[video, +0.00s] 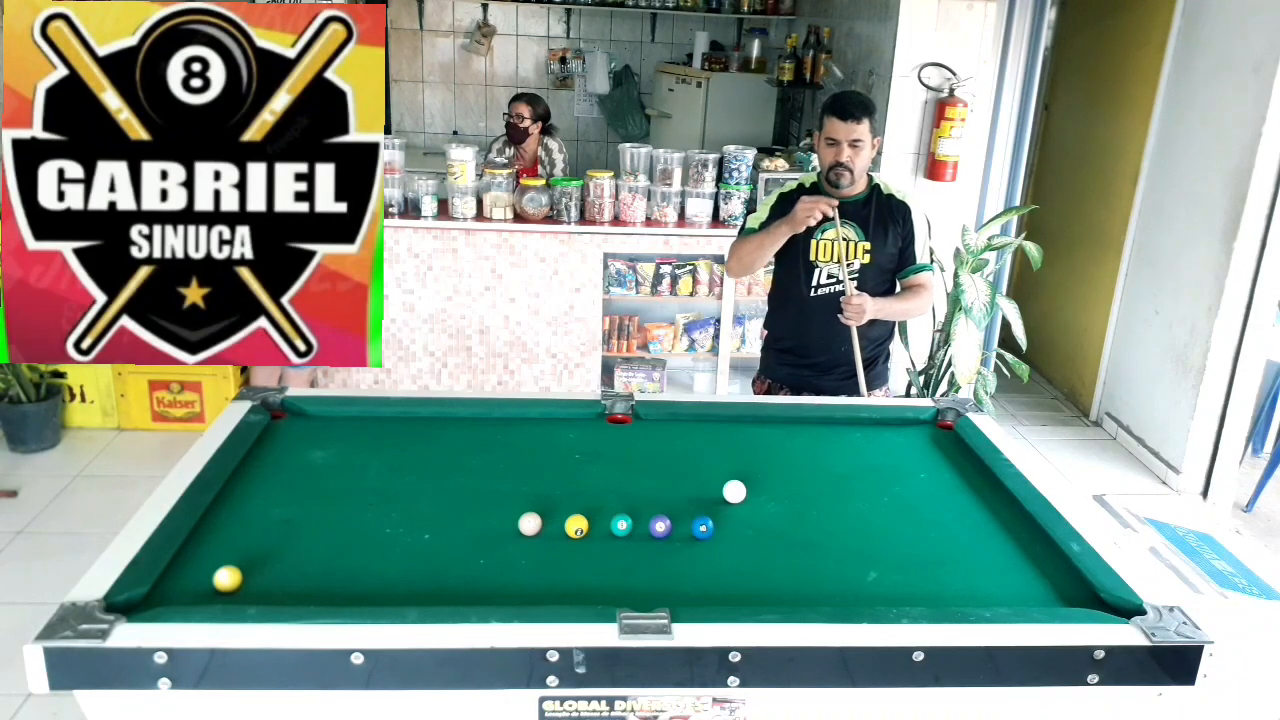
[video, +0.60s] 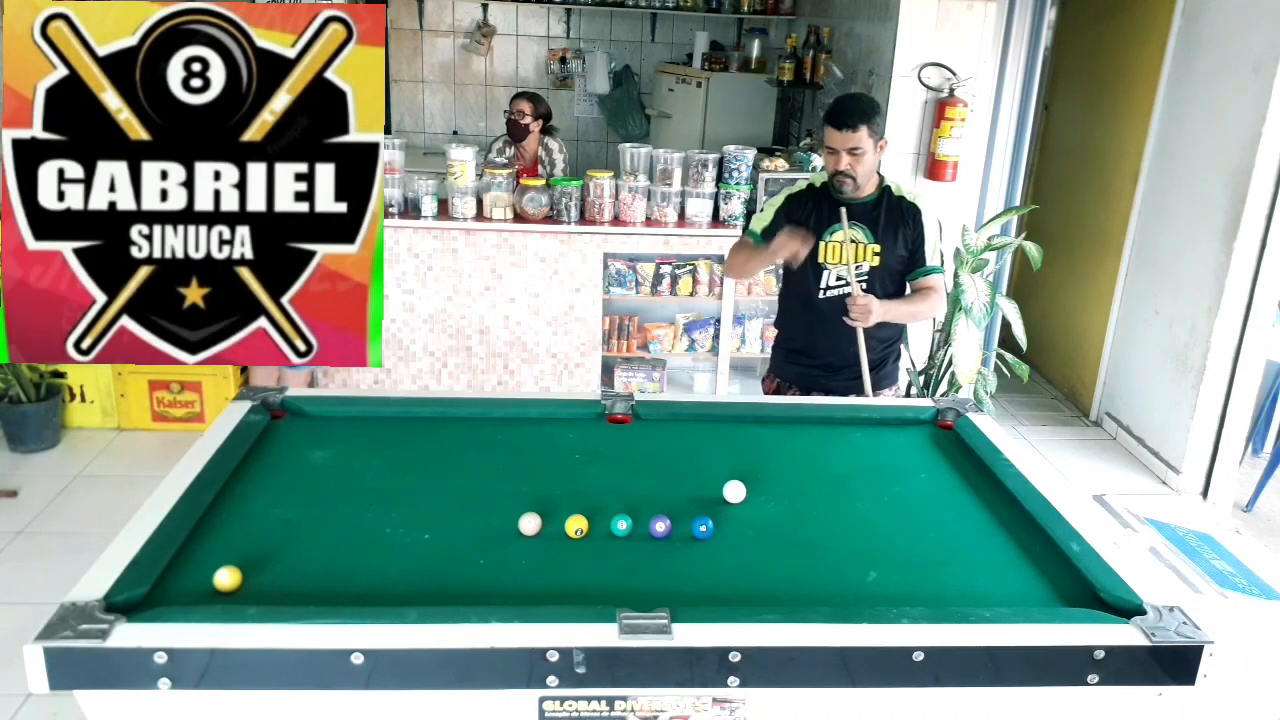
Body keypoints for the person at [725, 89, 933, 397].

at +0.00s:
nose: (842, 156)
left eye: (855, 145)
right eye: (832, 143)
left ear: (875, 148)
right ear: (817, 143)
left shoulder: (896, 214)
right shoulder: (788, 203)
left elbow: (921, 296)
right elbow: (736, 266)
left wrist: (874, 308)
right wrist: (787, 226)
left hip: (863, 391)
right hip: (785, 386)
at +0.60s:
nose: (841, 165)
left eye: (854, 153)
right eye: (832, 152)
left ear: (881, 149)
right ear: (822, 149)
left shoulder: (908, 216)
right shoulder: (795, 204)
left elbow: (933, 299)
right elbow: (733, 266)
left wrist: (882, 310)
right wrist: (772, 252)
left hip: (873, 393)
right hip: (794, 387)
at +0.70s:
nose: (842, 167)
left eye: (856, 155)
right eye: (833, 154)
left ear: (884, 152)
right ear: (825, 150)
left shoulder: (914, 217)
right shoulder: (798, 208)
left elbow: (938, 297)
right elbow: (740, 272)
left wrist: (889, 320)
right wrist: (754, 292)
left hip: (878, 394)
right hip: (799, 389)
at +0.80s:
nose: (846, 170)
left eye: (859, 158)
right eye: (837, 157)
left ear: (887, 154)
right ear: (829, 151)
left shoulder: (919, 217)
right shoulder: (806, 214)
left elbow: (944, 295)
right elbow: (761, 286)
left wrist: (900, 345)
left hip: (888, 397)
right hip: (808, 393)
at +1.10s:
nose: (858, 174)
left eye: (872, 161)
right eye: (850, 161)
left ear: (902, 159)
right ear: (843, 156)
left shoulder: (942, 216)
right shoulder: (823, 216)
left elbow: (966, 302)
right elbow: (779, 289)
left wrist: (907, 328)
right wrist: (780, 338)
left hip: (905, 397)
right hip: (825, 392)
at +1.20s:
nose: (863, 172)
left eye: (877, 160)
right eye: (856, 159)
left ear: (907, 159)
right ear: (849, 154)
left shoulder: (945, 215)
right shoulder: (826, 215)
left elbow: (968, 305)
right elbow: (787, 290)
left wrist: (908, 300)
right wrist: (803, 337)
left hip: (908, 397)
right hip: (832, 392)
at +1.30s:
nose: (869, 169)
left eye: (884, 158)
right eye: (863, 155)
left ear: (914, 157)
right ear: (856, 151)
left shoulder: (945, 212)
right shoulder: (834, 213)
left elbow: (973, 303)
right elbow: (805, 291)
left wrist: (923, 265)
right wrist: (825, 352)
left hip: (909, 396)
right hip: (836, 390)